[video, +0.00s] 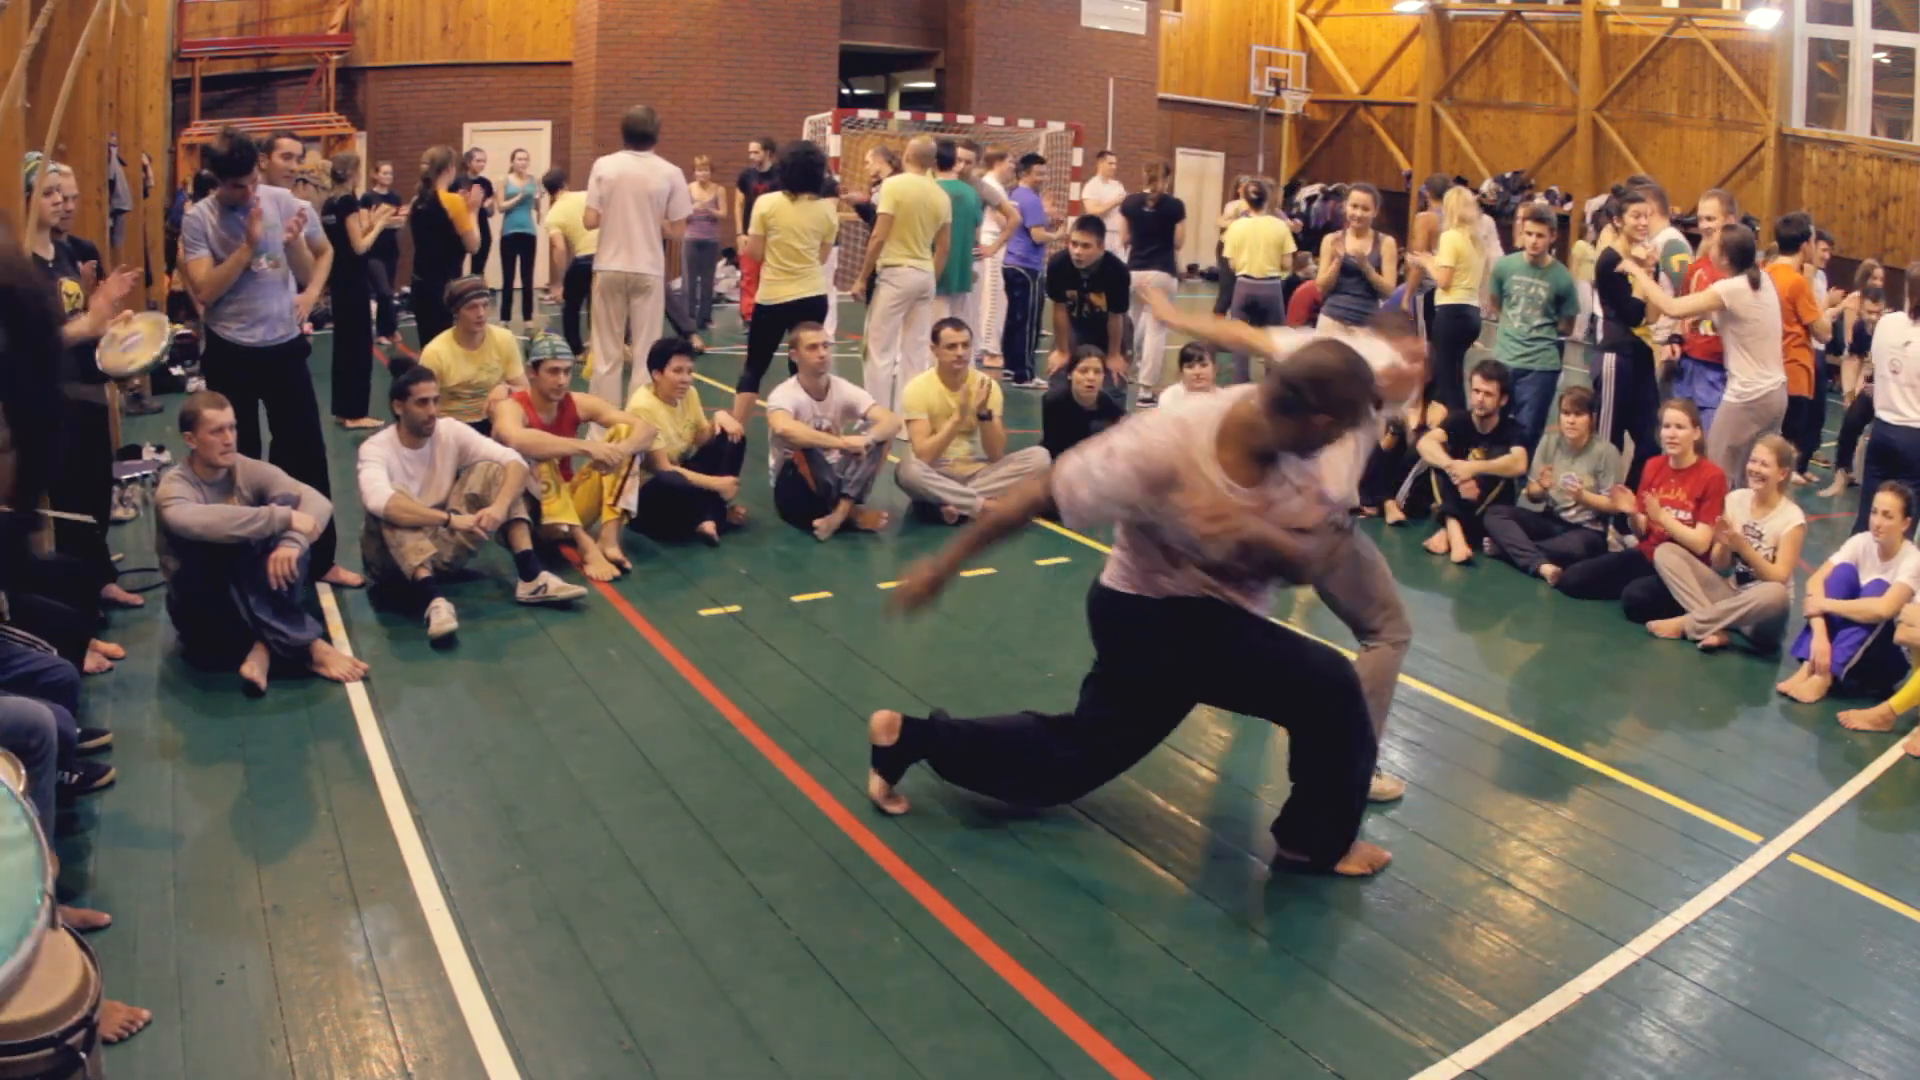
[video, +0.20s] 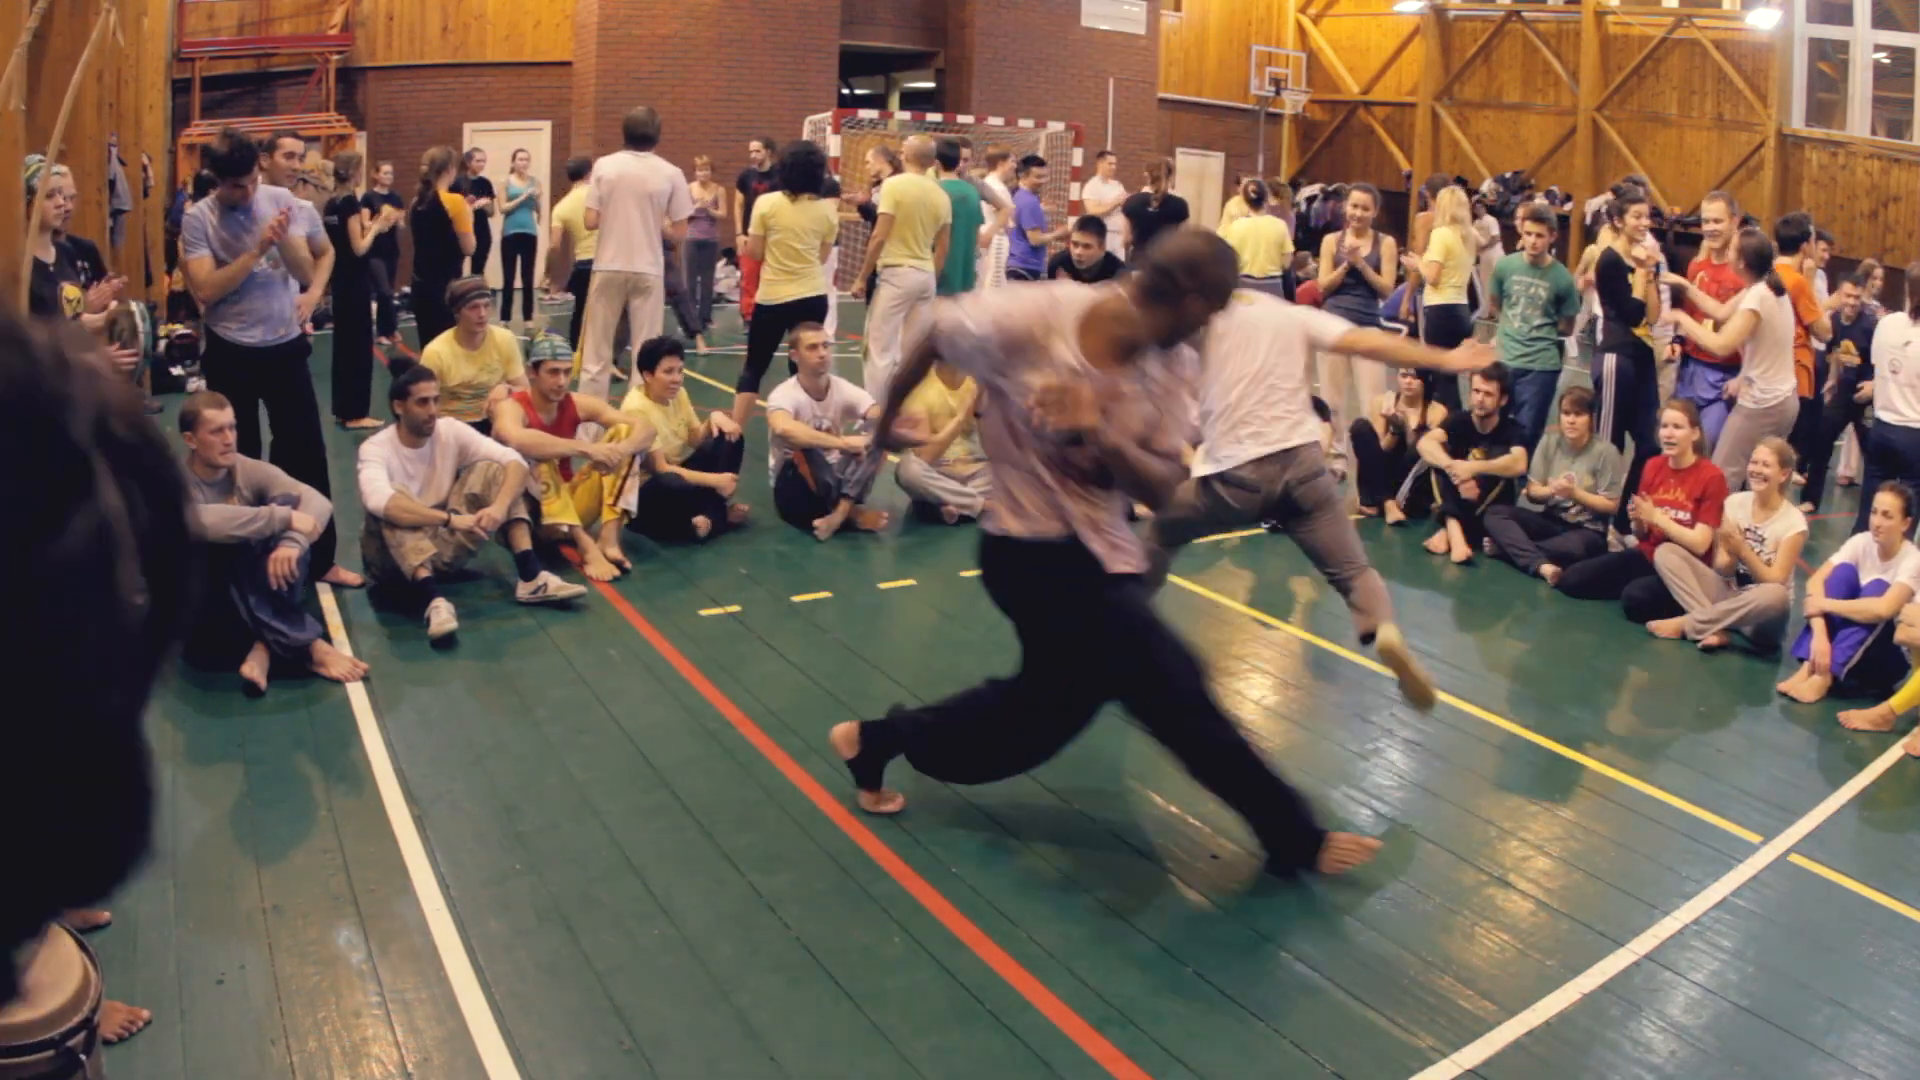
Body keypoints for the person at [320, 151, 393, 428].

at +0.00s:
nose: (364, 176)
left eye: (362, 170)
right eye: (362, 170)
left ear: (337, 172)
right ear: (353, 173)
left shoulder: (330, 203)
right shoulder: (348, 202)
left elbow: (349, 241)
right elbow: (360, 245)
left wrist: (368, 224)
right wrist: (378, 225)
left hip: (339, 279)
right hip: (354, 282)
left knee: (345, 341)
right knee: (359, 343)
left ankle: (343, 409)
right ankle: (354, 413)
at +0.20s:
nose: (368, 175)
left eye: (366, 169)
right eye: (365, 169)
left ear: (340, 171)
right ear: (356, 172)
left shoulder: (332, 203)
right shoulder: (350, 203)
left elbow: (346, 243)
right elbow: (359, 246)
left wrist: (375, 226)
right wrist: (376, 226)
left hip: (340, 280)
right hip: (356, 282)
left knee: (346, 342)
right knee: (359, 344)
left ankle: (344, 409)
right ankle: (354, 413)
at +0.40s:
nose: (369, 175)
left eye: (368, 170)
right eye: (367, 170)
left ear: (344, 171)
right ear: (356, 172)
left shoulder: (335, 202)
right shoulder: (350, 204)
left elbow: (349, 239)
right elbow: (357, 248)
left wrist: (373, 232)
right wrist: (381, 241)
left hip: (343, 280)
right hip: (356, 282)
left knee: (349, 342)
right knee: (360, 344)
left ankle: (347, 411)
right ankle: (355, 414)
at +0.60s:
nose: (370, 175)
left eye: (369, 169)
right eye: (367, 170)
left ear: (342, 172)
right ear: (357, 172)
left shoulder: (335, 203)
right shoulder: (352, 204)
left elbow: (352, 241)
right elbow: (360, 246)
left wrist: (377, 225)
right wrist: (381, 226)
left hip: (343, 281)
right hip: (358, 283)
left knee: (349, 343)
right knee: (360, 345)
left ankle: (346, 411)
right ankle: (355, 414)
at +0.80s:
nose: (370, 174)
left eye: (369, 168)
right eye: (367, 169)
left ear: (342, 172)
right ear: (356, 172)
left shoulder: (334, 204)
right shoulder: (353, 203)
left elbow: (351, 242)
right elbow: (363, 246)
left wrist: (376, 226)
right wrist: (382, 226)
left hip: (343, 281)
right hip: (359, 282)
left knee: (349, 344)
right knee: (361, 345)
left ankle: (347, 411)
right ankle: (355, 414)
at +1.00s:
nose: (370, 174)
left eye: (369, 168)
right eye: (367, 169)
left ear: (343, 172)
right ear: (356, 172)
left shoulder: (335, 203)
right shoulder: (354, 203)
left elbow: (351, 241)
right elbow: (362, 247)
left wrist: (375, 225)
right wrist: (388, 229)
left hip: (344, 281)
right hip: (359, 283)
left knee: (349, 344)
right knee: (361, 346)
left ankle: (346, 411)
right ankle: (355, 414)